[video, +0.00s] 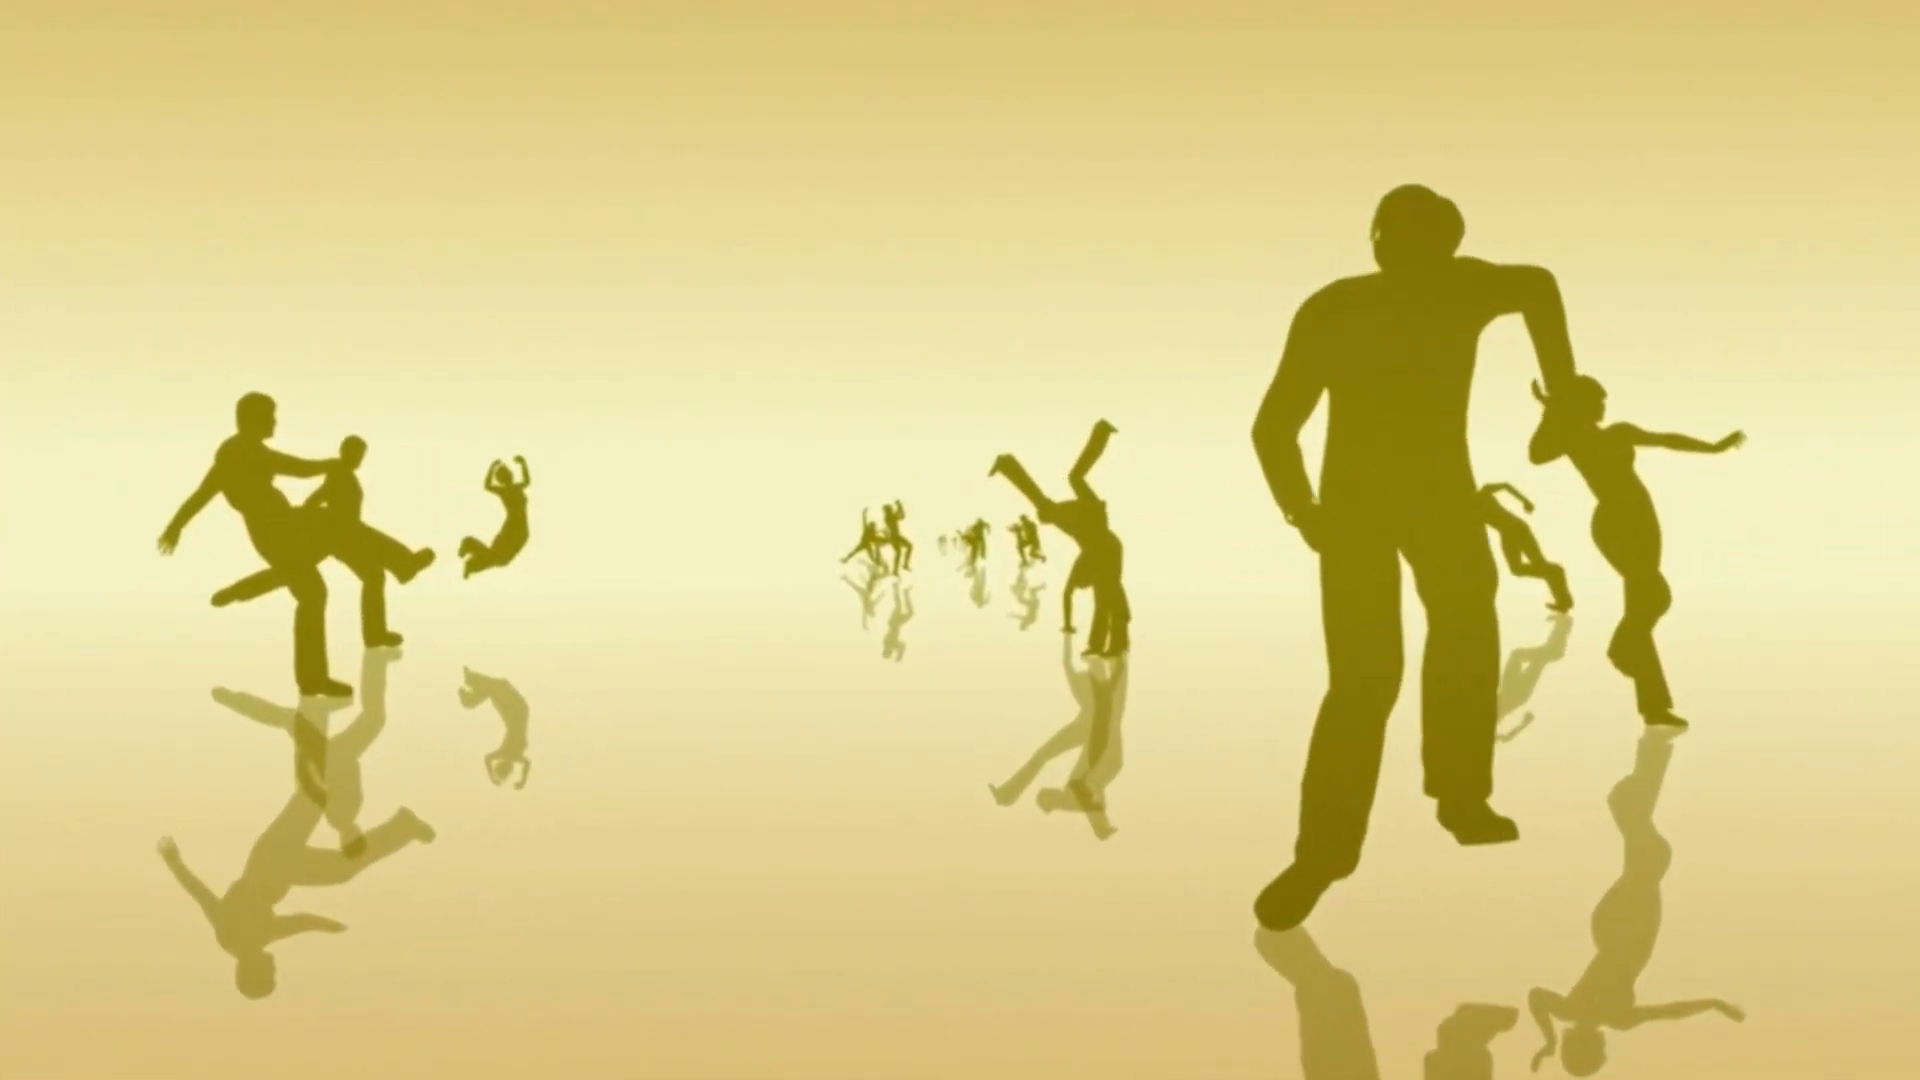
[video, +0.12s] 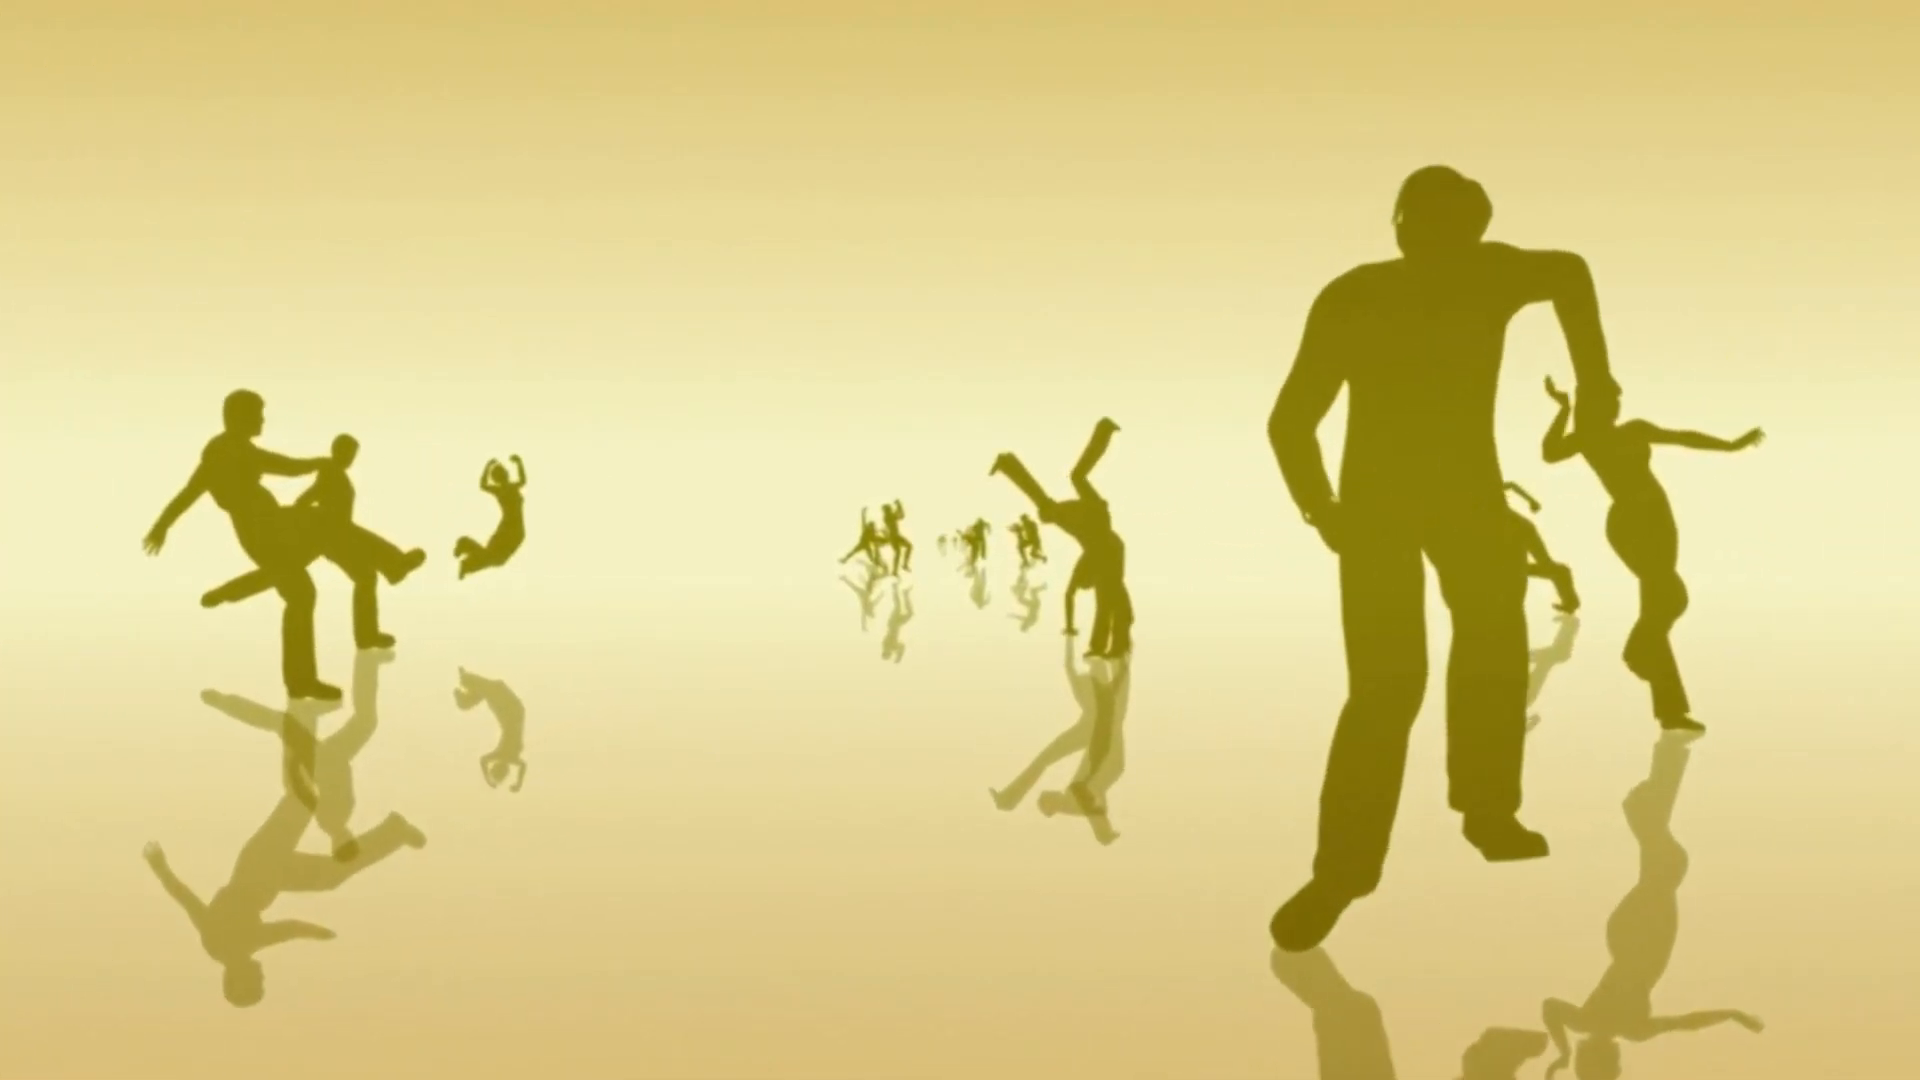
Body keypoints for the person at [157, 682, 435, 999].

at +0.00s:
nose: (273, 975)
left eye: (269, 978)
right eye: (269, 981)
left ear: (259, 965)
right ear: (246, 971)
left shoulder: (257, 934)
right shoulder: (225, 929)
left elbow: (299, 923)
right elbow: (193, 887)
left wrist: (330, 926)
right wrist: (174, 861)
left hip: (269, 858)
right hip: (287, 869)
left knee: (311, 797)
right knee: (344, 869)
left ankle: (308, 717)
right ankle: (403, 827)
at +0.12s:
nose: (260, 985)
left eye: (255, 988)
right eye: (258, 990)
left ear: (242, 975)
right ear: (239, 979)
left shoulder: (235, 940)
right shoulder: (214, 937)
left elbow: (288, 930)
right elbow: (179, 894)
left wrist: (322, 934)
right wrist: (160, 867)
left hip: (256, 863)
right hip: (276, 875)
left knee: (301, 801)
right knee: (333, 875)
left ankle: (299, 717)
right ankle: (394, 831)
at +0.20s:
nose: (241, 995)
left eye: (237, 998)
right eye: (238, 999)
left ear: (226, 985)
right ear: (217, 988)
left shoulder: (222, 953)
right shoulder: (193, 952)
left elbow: (272, 940)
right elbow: (161, 906)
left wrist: (307, 947)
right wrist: (139, 878)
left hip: (237, 871)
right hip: (253, 886)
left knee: (283, 806)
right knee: (317, 884)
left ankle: (280, 724)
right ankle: (379, 839)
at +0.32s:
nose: (228, 1003)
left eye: (224, 1006)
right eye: (225, 1009)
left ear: (214, 992)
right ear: (201, 999)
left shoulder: (211, 960)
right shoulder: (178, 956)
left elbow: (259, 948)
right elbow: (144, 912)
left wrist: (296, 953)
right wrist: (124, 884)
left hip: (225, 876)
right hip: (244, 890)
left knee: (269, 812)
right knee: (303, 890)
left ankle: (266, 726)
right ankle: (367, 845)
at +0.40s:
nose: (209, 1017)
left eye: (203, 1020)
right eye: (207, 1022)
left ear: (188, 1007)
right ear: (191, 1008)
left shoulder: (167, 970)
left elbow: (239, 959)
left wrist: (279, 965)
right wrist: (100, 895)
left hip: (204, 887)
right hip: (224, 901)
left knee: (250, 821)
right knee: (284, 900)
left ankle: (244, 734)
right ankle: (350, 854)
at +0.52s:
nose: (195, 1028)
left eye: (189, 1030)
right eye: (192, 1033)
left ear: (175, 1015)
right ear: (174, 1017)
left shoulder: (153, 976)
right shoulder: (147, 981)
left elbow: (226, 967)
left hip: (191, 891)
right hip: (212, 907)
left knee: (237, 824)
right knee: (271, 907)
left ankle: (230, 737)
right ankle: (338, 860)